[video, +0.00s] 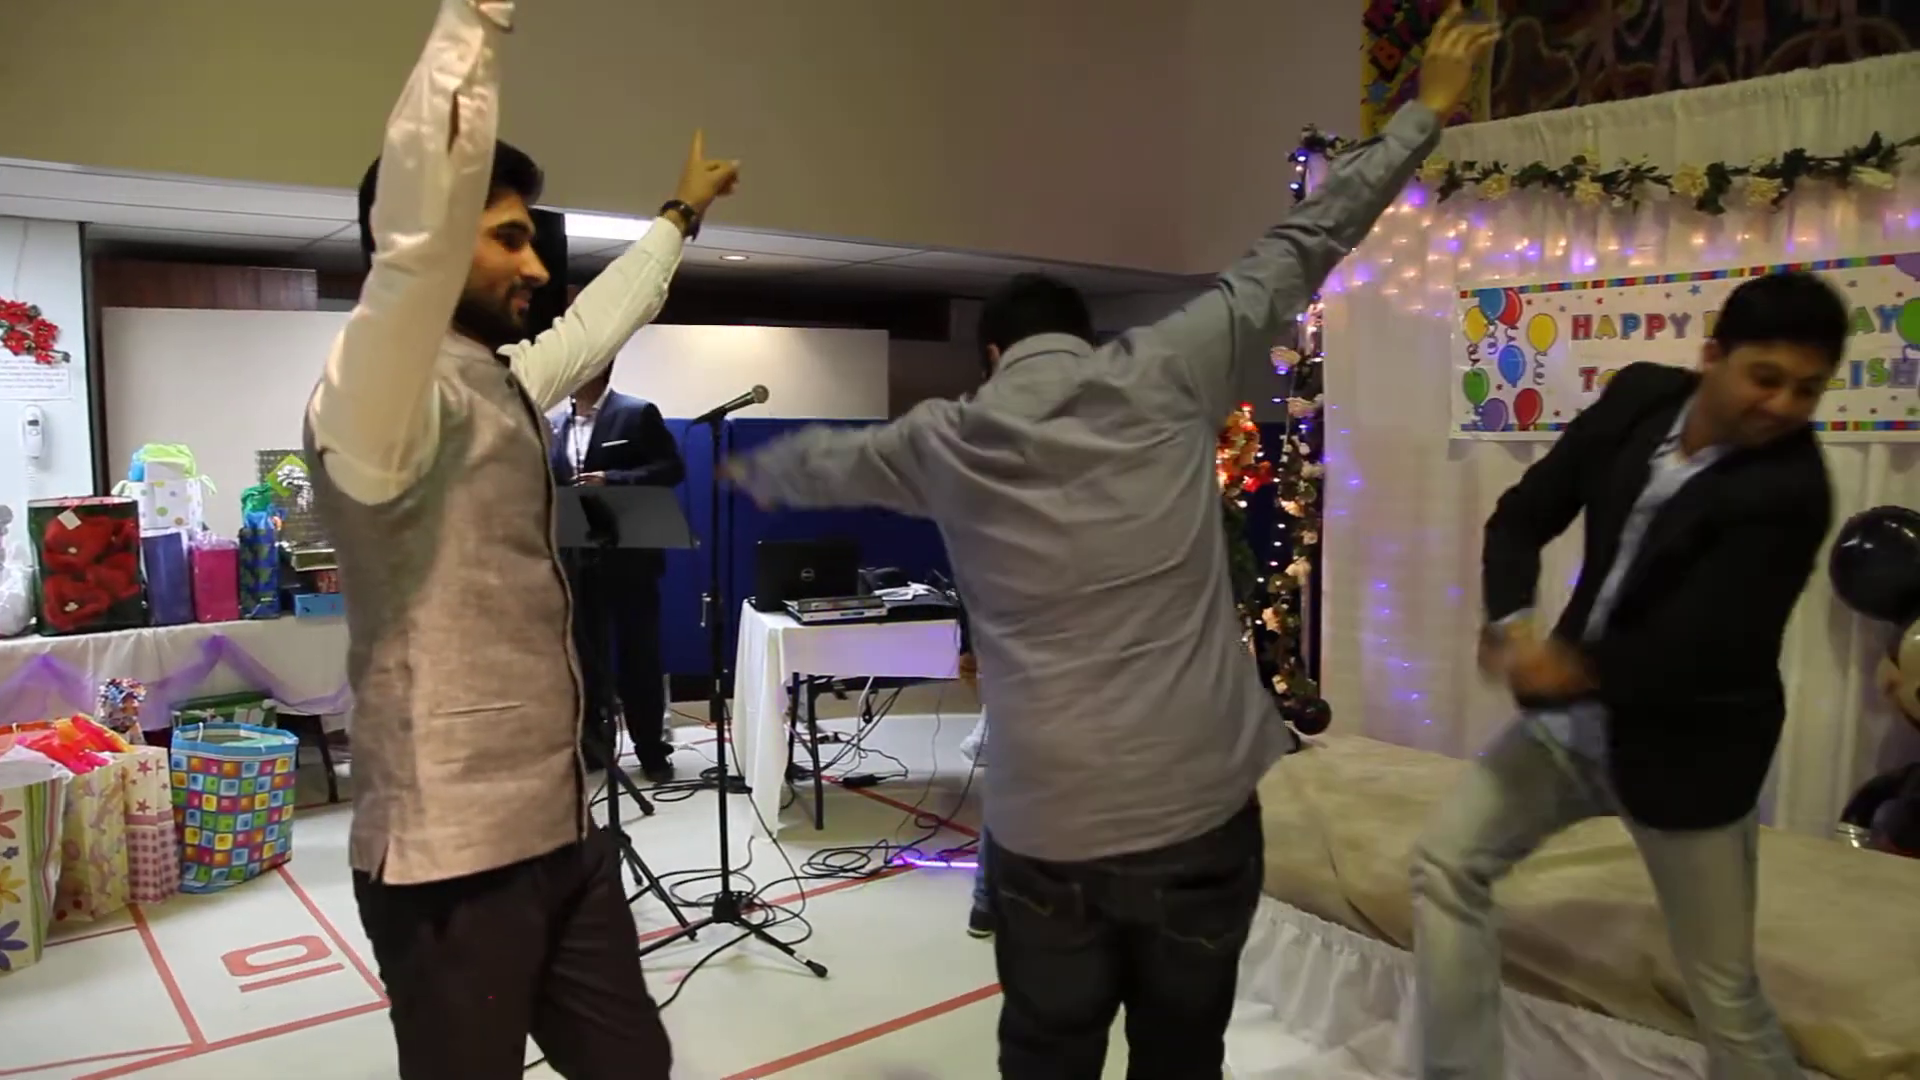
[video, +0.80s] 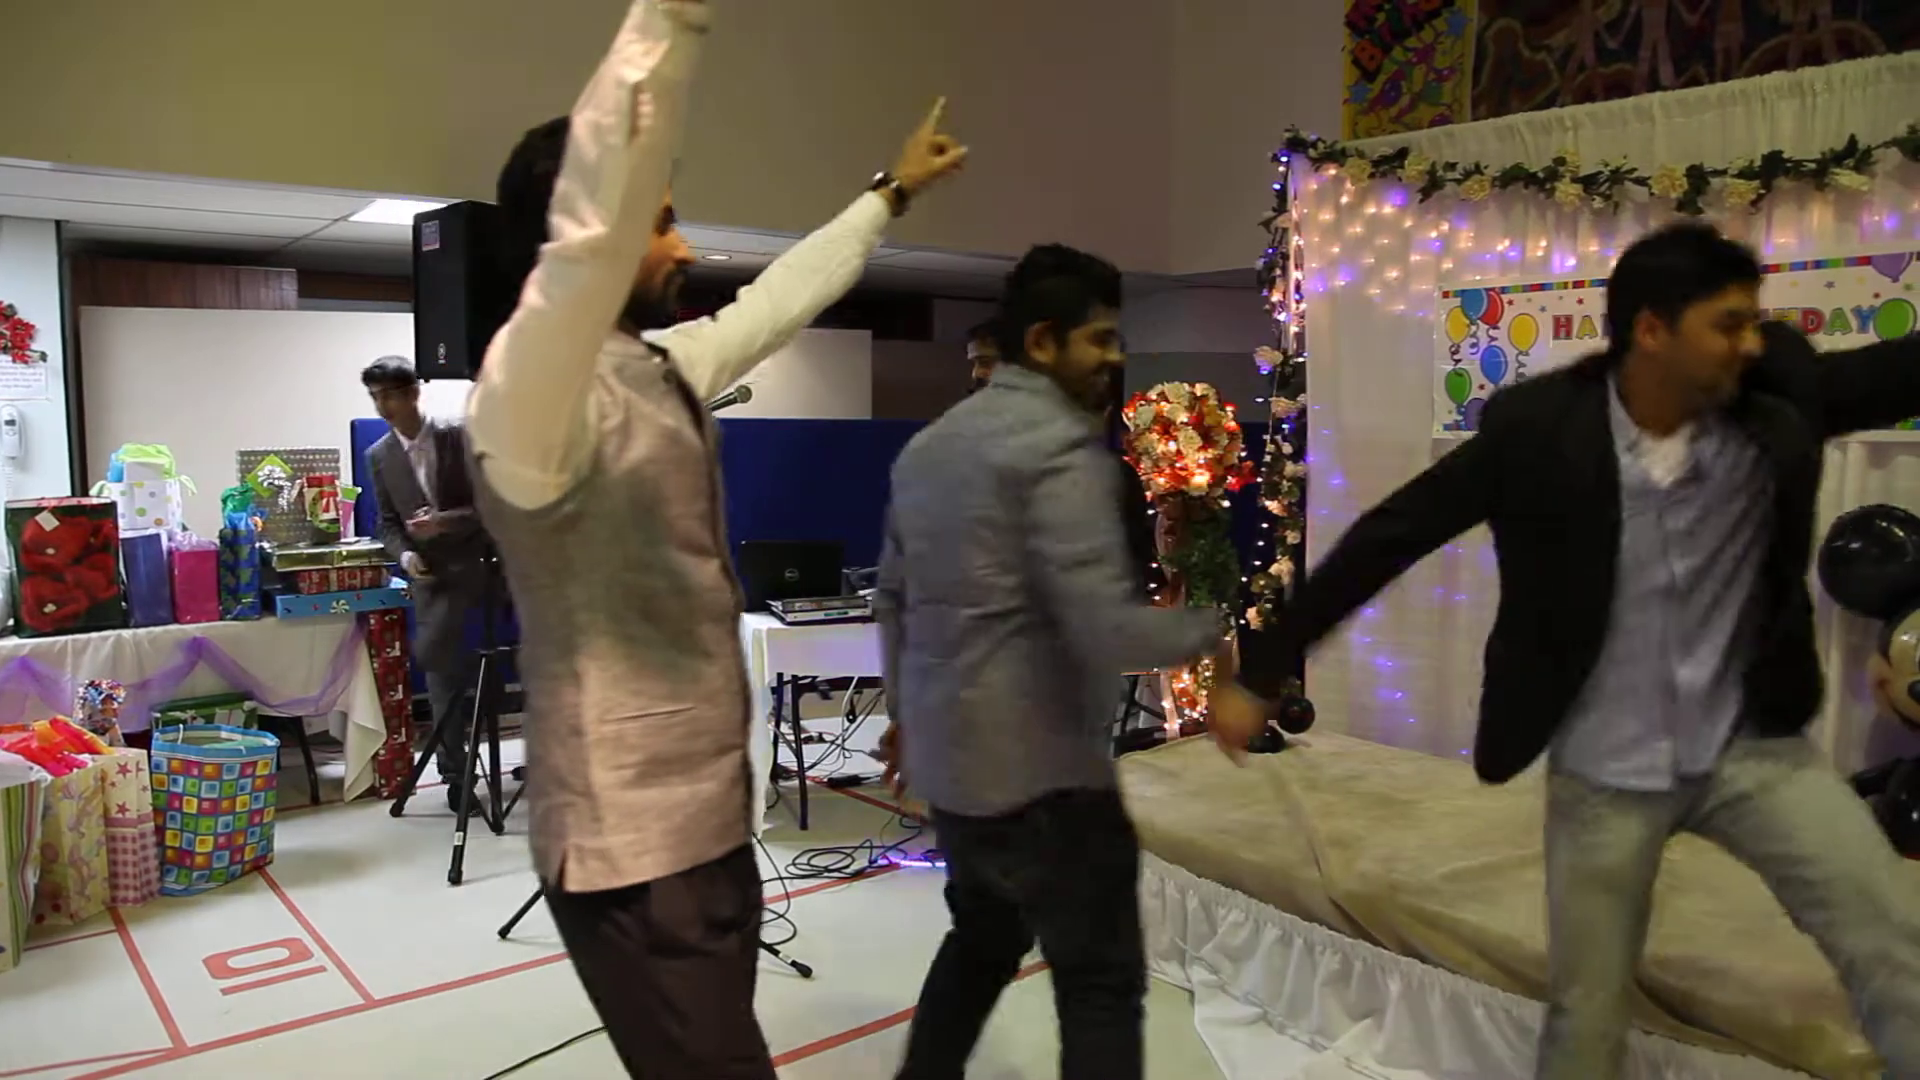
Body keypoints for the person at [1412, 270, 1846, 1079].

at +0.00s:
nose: (1782, 406)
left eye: (1806, 391)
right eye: (1766, 379)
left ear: (1824, 390)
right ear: (1714, 356)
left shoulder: (1793, 490)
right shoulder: (1640, 399)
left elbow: (1711, 640)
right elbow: (1520, 516)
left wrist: (1583, 668)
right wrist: (1507, 622)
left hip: (1691, 760)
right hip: (1579, 719)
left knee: (1723, 995)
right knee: (1446, 867)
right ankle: (1459, 1073)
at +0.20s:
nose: (1678, 417)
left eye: (1702, 399)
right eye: (1660, 392)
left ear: (1722, 391)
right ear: (1614, 369)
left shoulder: (1735, 488)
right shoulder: (1548, 436)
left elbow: (1679, 662)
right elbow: (1492, 594)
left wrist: (1533, 661)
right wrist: (1582, 601)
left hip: (1696, 781)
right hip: (1565, 764)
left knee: (1771, 1036)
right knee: (1508, 982)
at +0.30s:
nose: (1646, 420)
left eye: (1666, 400)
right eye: (1626, 398)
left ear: (1684, 393)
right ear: (1574, 381)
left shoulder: (1706, 492)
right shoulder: (1504, 464)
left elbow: (1706, 681)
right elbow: (1449, 632)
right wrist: (1541, 710)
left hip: (1694, 795)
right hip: (1553, 793)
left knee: (1785, 1038)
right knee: (1507, 1007)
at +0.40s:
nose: (1636, 407)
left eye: (1650, 387)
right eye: (1616, 386)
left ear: (1663, 384)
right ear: (1552, 378)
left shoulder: (1686, 471)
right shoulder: (1475, 475)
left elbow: (1752, 624)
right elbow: (1421, 630)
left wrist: (1800, 772)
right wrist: (1410, 786)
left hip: (1689, 776)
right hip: (1551, 785)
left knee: (1814, 985)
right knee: (1513, 1021)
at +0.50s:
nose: (1650, 362)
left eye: (1658, 341)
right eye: (1630, 341)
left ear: (1666, 338)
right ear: (1560, 339)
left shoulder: (1690, 415)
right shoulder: (1480, 442)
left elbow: (1804, 484)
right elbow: (1387, 584)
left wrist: (1893, 524)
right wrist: (1300, 710)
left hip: (1704, 737)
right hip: (1572, 761)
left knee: (1843, 918)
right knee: (1549, 1000)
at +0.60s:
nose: (1685, 339)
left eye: (1687, 318)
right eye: (1661, 322)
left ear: (1693, 317)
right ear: (1585, 332)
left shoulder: (1728, 390)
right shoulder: (1501, 431)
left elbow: (1882, 390)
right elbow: (1351, 524)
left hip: (1708, 727)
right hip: (1574, 752)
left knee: (1856, 871)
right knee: (1559, 1017)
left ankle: (1888, 1066)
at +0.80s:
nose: (1751, 344)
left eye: (1754, 324)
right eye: (1730, 326)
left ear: (1759, 326)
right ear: (1649, 330)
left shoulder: (1787, 396)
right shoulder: (1537, 429)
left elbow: (1912, 368)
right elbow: (1390, 535)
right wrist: (1265, 663)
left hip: (1757, 747)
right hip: (1606, 766)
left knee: (1896, 948)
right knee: (1588, 1024)